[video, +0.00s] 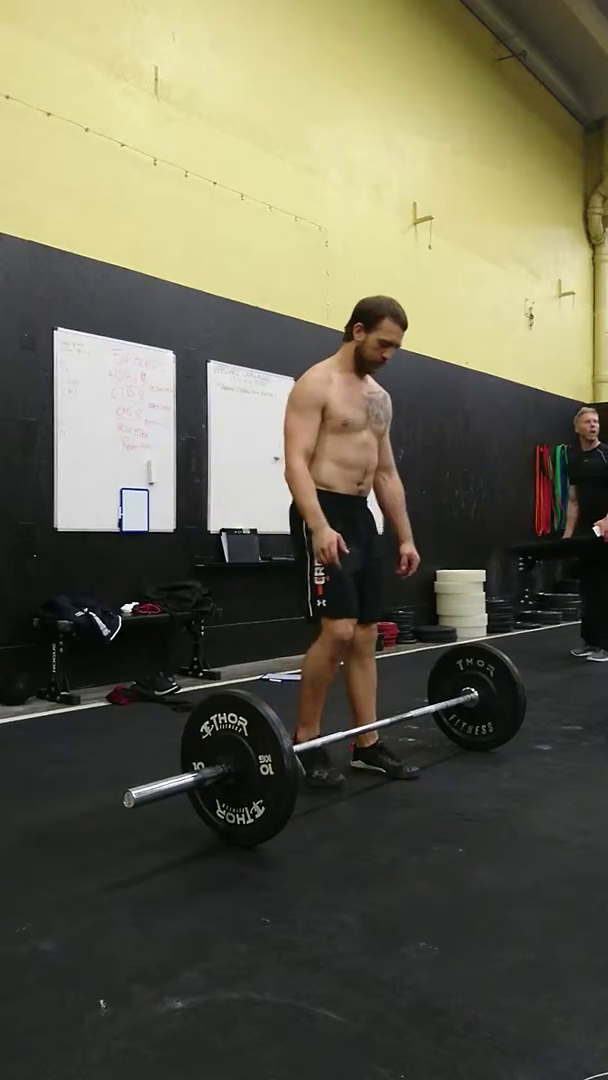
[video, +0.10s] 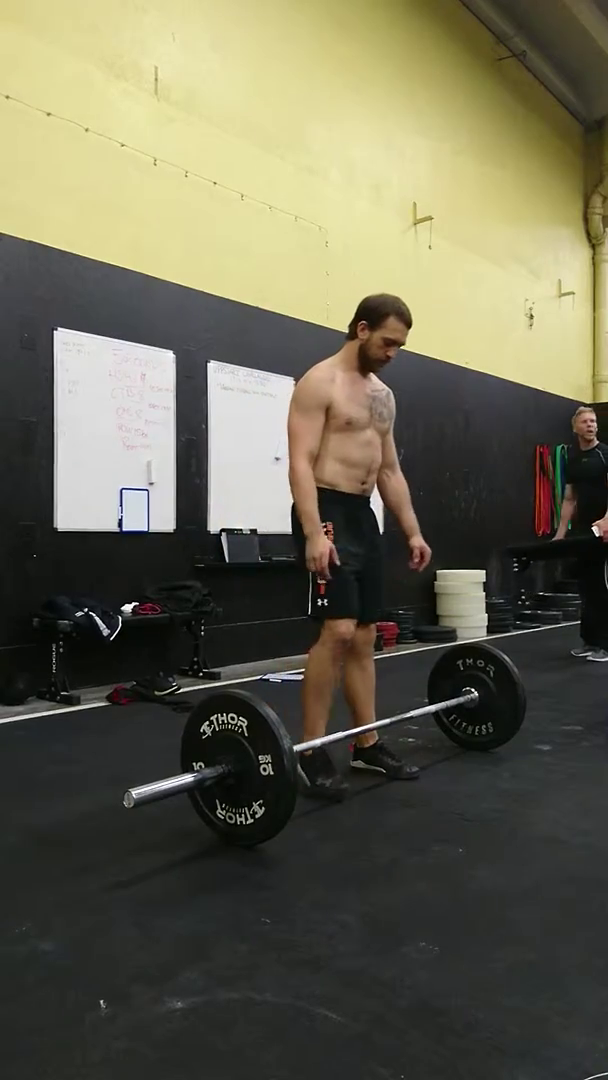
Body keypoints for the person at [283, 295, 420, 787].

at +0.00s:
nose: (388, 354)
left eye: (394, 347)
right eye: (383, 344)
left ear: (393, 344)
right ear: (356, 332)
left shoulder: (379, 397)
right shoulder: (315, 383)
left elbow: (385, 473)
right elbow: (295, 461)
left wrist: (405, 536)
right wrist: (319, 526)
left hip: (362, 517)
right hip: (323, 515)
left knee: (364, 635)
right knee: (337, 631)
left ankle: (366, 743)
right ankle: (305, 743)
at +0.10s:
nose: (393, 352)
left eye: (398, 345)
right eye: (388, 342)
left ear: (396, 342)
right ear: (360, 330)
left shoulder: (383, 394)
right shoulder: (319, 381)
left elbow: (389, 470)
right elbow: (300, 461)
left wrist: (412, 531)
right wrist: (314, 532)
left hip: (363, 515)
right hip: (324, 511)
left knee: (364, 633)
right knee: (338, 631)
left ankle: (367, 747)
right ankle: (310, 753)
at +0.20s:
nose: (395, 351)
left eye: (401, 344)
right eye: (391, 341)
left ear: (398, 341)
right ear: (362, 329)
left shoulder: (382, 394)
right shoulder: (321, 380)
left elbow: (390, 469)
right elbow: (302, 462)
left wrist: (417, 528)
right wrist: (309, 539)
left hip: (364, 517)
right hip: (327, 514)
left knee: (363, 638)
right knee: (330, 638)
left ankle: (367, 747)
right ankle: (315, 763)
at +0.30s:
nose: (396, 350)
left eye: (403, 343)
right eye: (392, 340)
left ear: (399, 339)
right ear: (364, 326)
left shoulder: (380, 392)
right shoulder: (322, 377)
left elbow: (387, 469)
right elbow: (302, 461)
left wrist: (416, 528)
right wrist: (307, 539)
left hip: (363, 517)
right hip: (325, 513)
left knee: (365, 639)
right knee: (326, 641)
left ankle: (367, 747)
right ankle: (315, 763)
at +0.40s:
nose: (397, 351)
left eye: (403, 343)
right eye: (393, 340)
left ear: (398, 338)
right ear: (364, 325)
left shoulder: (378, 391)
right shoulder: (322, 375)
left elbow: (384, 469)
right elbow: (299, 460)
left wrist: (410, 531)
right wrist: (310, 536)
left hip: (361, 517)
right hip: (323, 513)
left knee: (373, 636)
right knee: (322, 639)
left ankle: (368, 743)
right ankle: (315, 762)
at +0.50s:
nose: (398, 351)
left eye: (404, 343)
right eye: (394, 340)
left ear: (396, 337)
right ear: (365, 325)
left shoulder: (379, 388)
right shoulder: (323, 374)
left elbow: (383, 468)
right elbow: (299, 458)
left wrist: (405, 531)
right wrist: (316, 534)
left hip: (363, 516)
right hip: (323, 515)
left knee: (375, 635)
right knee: (318, 640)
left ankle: (371, 742)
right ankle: (316, 761)